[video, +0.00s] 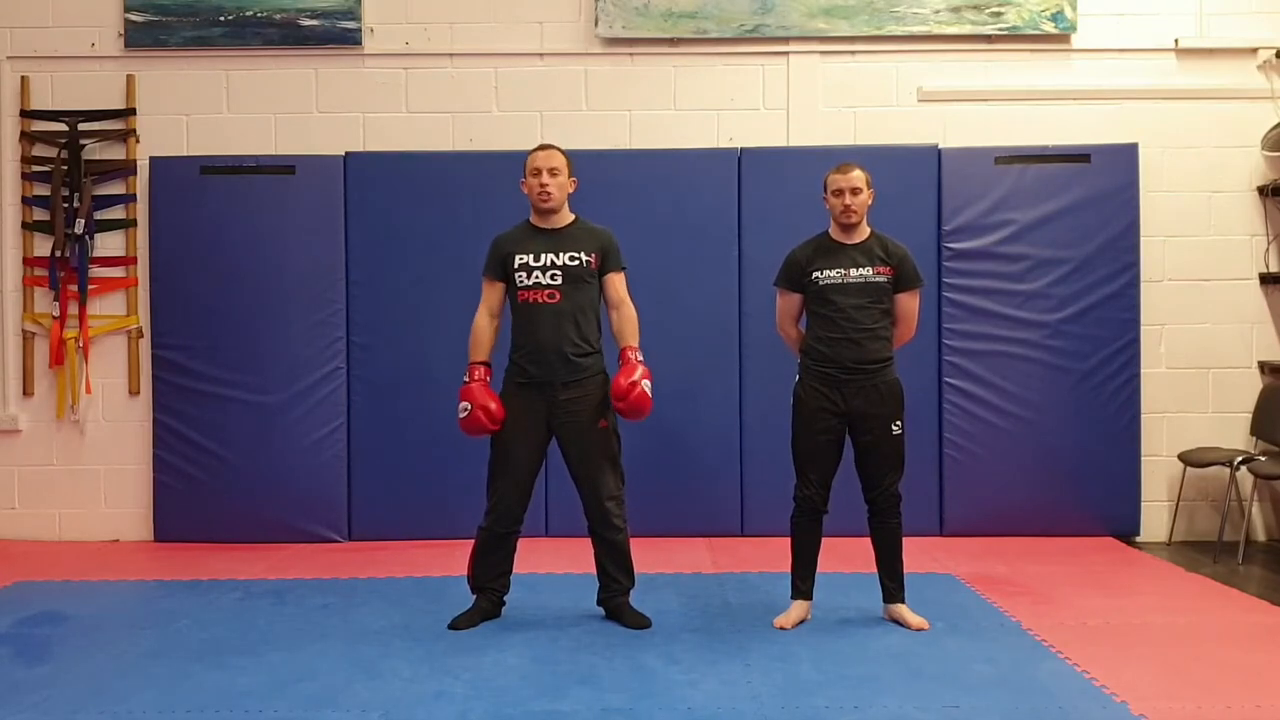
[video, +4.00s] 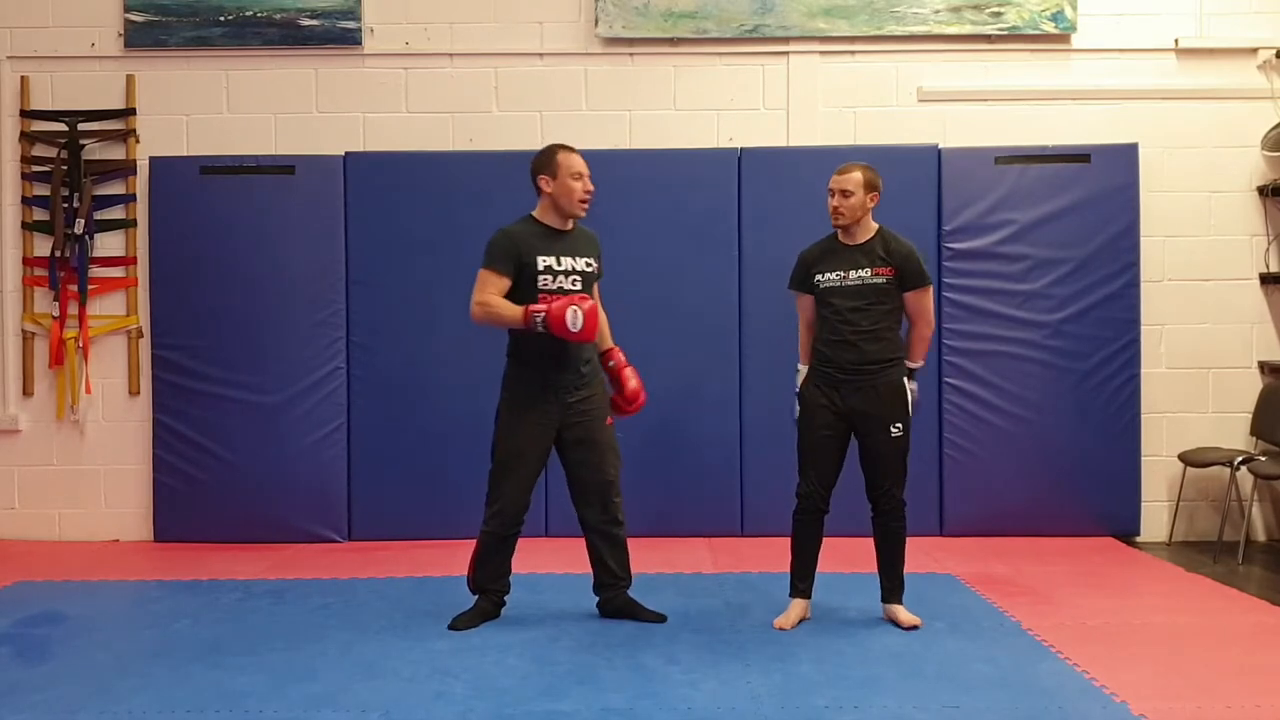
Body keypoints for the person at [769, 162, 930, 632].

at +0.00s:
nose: (847, 200)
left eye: (855, 191)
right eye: (838, 193)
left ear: (870, 197)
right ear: (826, 200)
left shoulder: (895, 257)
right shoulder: (803, 258)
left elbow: (906, 329)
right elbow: (786, 326)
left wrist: (864, 353)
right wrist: (821, 357)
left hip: (877, 391)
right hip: (818, 392)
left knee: (885, 498)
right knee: (809, 497)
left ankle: (894, 601)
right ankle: (801, 598)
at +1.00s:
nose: (847, 199)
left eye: (855, 191)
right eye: (838, 192)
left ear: (870, 196)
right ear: (826, 199)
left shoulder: (895, 256)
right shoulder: (803, 258)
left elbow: (906, 328)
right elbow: (786, 325)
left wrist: (864, 353)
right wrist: (821, 357)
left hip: (878, 391)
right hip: (819, 392)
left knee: (885, 498)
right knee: (809, 497)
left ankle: (894, 601)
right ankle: (801, 598)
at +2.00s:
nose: (847, 199)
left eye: (855, 190)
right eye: (838, 191)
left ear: (872, 196)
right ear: (827, 198)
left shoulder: (897, 256)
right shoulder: (805, 258)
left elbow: (908, 327)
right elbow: (787, 325)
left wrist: (866, 353)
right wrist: (822, 357)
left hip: (879, 392)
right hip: (820, 392)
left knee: (886, 499)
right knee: (810, 497)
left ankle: (894, 601)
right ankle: (801, 599)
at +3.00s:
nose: (845, 195)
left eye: (854, 187)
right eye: (837, 188)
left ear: (871, 195)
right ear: (827, 197)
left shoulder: (897, 255)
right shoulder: (805, 258)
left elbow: (908, 327)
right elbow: (788, 325)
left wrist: (865, 352)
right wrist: (822, 357)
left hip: (880, 392)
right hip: (820, 393)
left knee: (886, 499)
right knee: (810, 497)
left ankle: (894, 601)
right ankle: (801, 599)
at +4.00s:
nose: (835, 202)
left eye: (845, 194)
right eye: (831, 194)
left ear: (871, 199)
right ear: (828, 199)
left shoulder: (900, 255)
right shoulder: (812, 259)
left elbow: (923, 322)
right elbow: (807, 325)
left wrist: (908, 376)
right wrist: (805, 376)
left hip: (884, 390)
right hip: (824, 391)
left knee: (888, 500)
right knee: (810, 496)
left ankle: (892, 600)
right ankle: (799, 597)